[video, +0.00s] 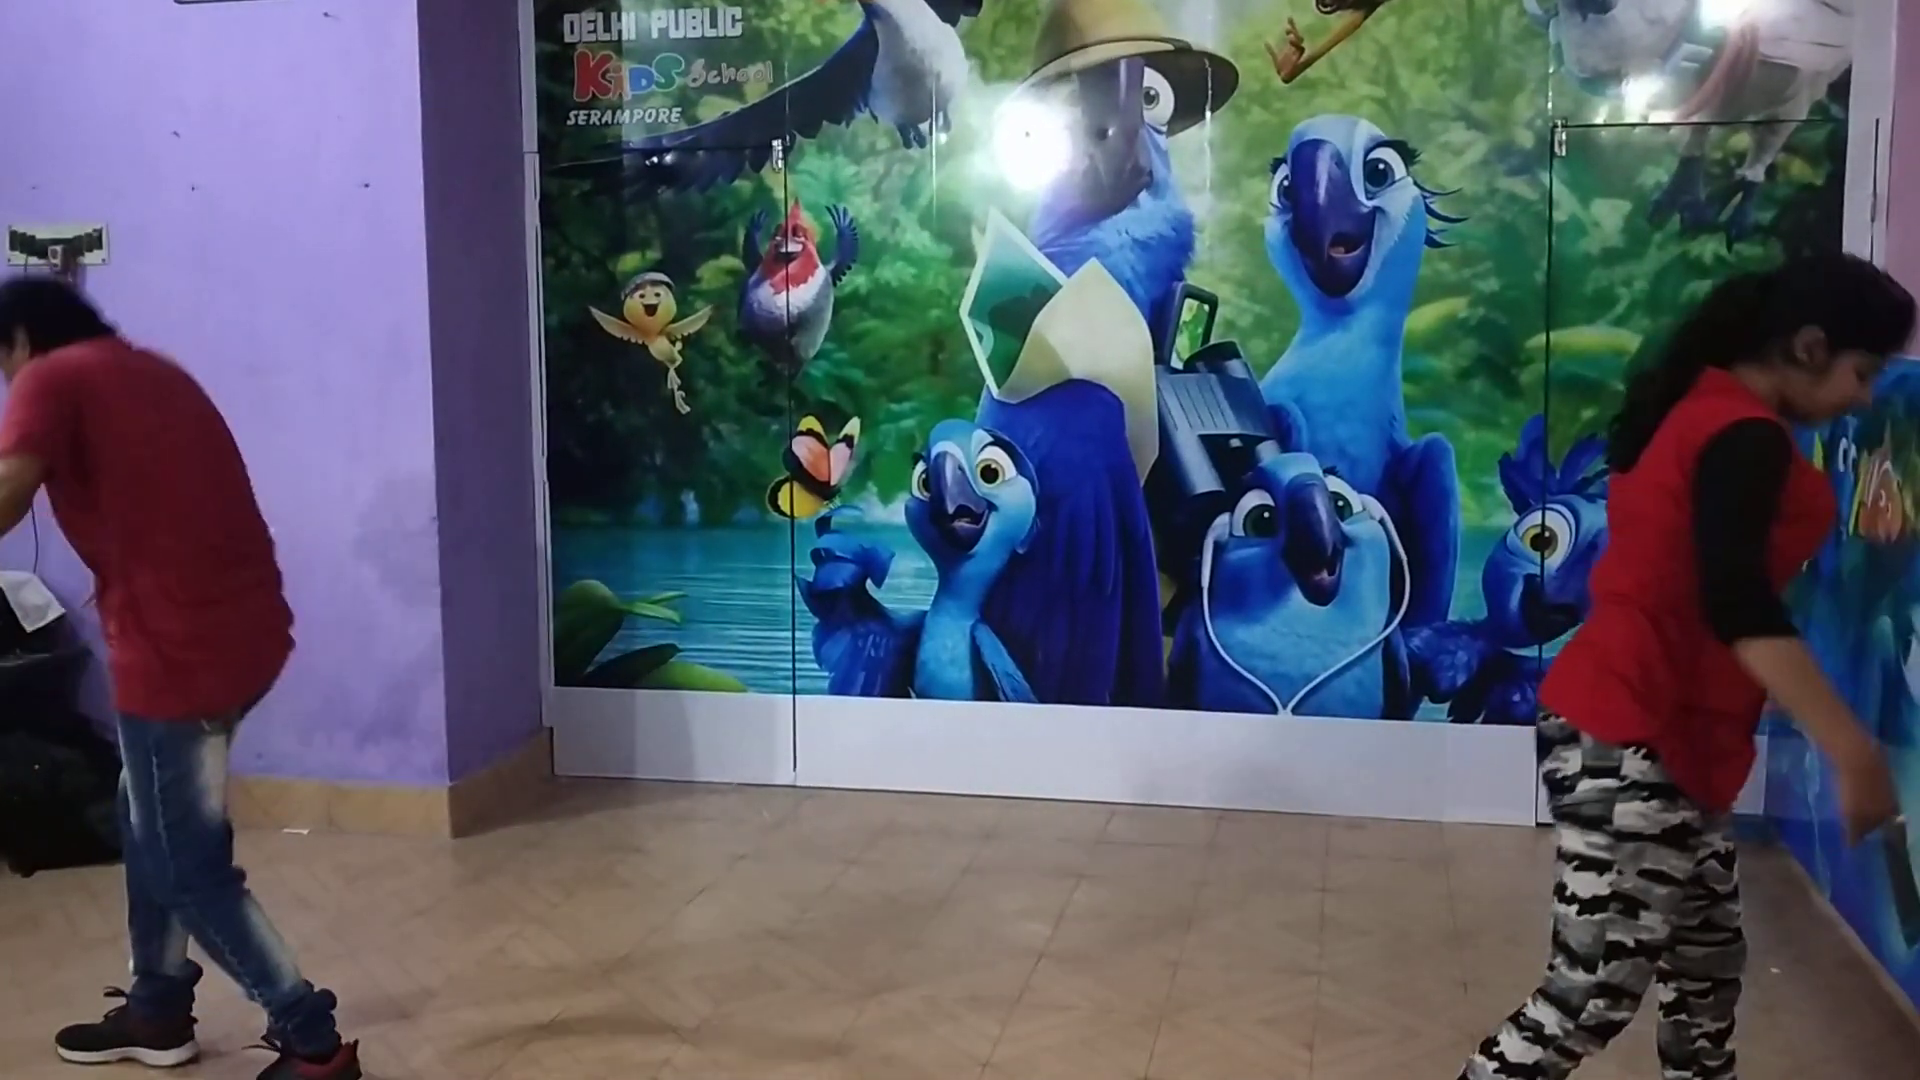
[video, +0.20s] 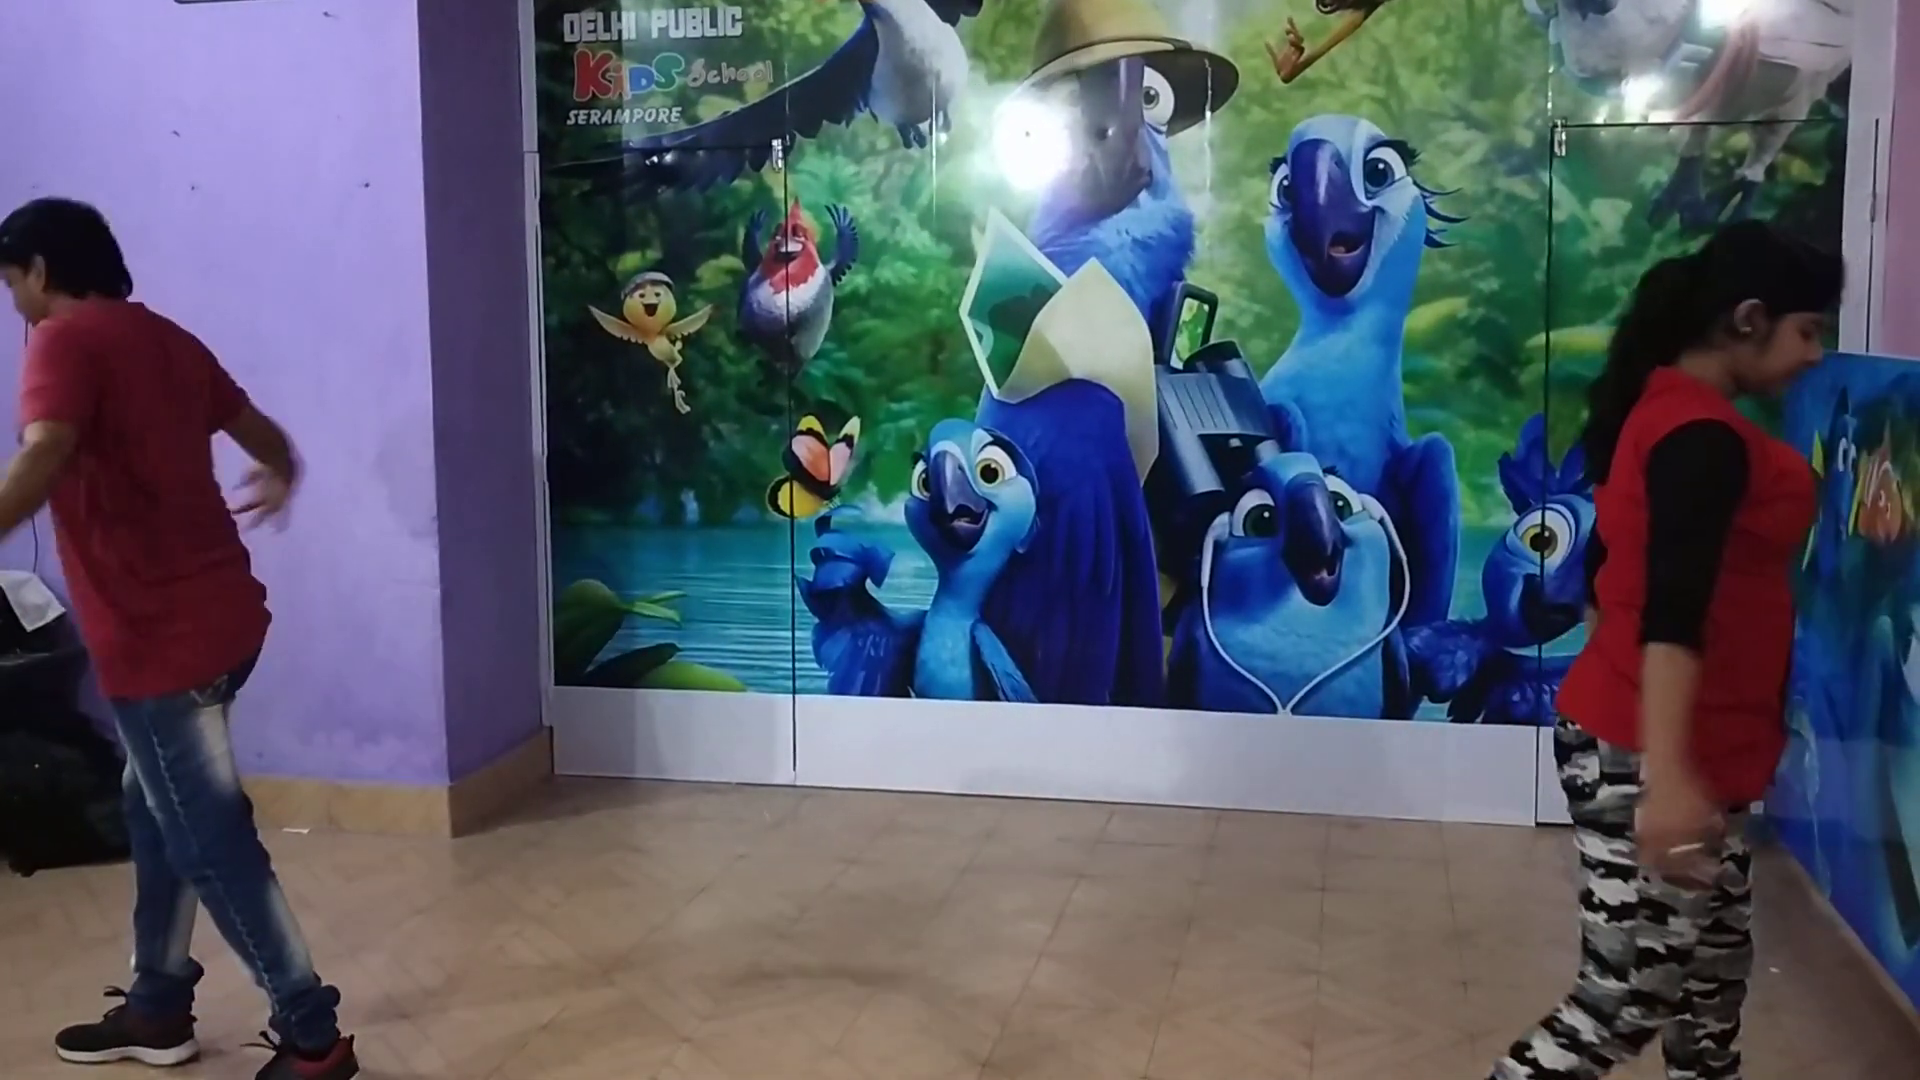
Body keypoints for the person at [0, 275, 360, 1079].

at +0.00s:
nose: (3, 373)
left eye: (0, 360)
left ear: (20, 342)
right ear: (80, 327)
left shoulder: (49, 379)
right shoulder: (155, 370)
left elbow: (7, 499)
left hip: (171, 651)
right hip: (247, 634)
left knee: (194, 871)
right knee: (148, 828)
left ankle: (313, 1043)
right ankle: (158, 1014)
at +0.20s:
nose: (13, 297)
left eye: (13, 278)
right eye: (11, 280)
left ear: (41, 271)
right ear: (96, 267)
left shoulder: (61, 340)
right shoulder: (168, 336)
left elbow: (49, 448)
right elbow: (264, 437)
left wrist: (1, 524)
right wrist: (281, 475)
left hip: (151, 640)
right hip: (227, 618)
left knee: (216, 842)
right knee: (154, 810)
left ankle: (312, 1036)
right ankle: (157, 1011)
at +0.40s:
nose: (11, 287)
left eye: (12, 268)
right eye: (10, 270)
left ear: (41, 265)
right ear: (96, 264)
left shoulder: (64, 353)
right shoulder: (165, 345)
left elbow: (53, 472)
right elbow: (253, 431)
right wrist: (302, 463)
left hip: (161, 640)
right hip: (230, 615)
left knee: (215, 843)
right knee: (151, 807)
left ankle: (312, 1035)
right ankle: (154, 1009)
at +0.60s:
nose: (40, 291)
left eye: (43, 274)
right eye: (38, 275)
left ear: (76, 273)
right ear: (121, 271)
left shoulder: (100, 375)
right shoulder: (188, 360)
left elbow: (99, 524)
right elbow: (263, 483)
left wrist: (53, 663)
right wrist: (292, 568)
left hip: (180, 649)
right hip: (242, 628)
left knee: (186, 864)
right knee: (144, 818)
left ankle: (313, 1030)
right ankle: (153, 1009)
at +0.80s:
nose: (114, 312)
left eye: (120, 294)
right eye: (114, 295)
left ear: (154, 294)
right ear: (190, 293)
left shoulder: (174, 400)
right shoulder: (262, 382)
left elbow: (196, 563)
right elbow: (307, 534)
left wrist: (197, 722)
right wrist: (333, 667)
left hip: (247, 673)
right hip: (299, 662)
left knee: (208, 864)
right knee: (196, 823)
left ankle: (321, 1036)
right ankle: (156, 998)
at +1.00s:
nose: (219, 319)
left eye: (226, 301)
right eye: (219, 302)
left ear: (265, 302)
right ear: (300, 300)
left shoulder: (281, 410)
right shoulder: (361, 388)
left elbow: (323, 568)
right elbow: (411, 541)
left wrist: (357, 723)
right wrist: (433, 689)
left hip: (345, 688)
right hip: (408, 671)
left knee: (244, 858)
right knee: (311, 824)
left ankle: (325, 1037)